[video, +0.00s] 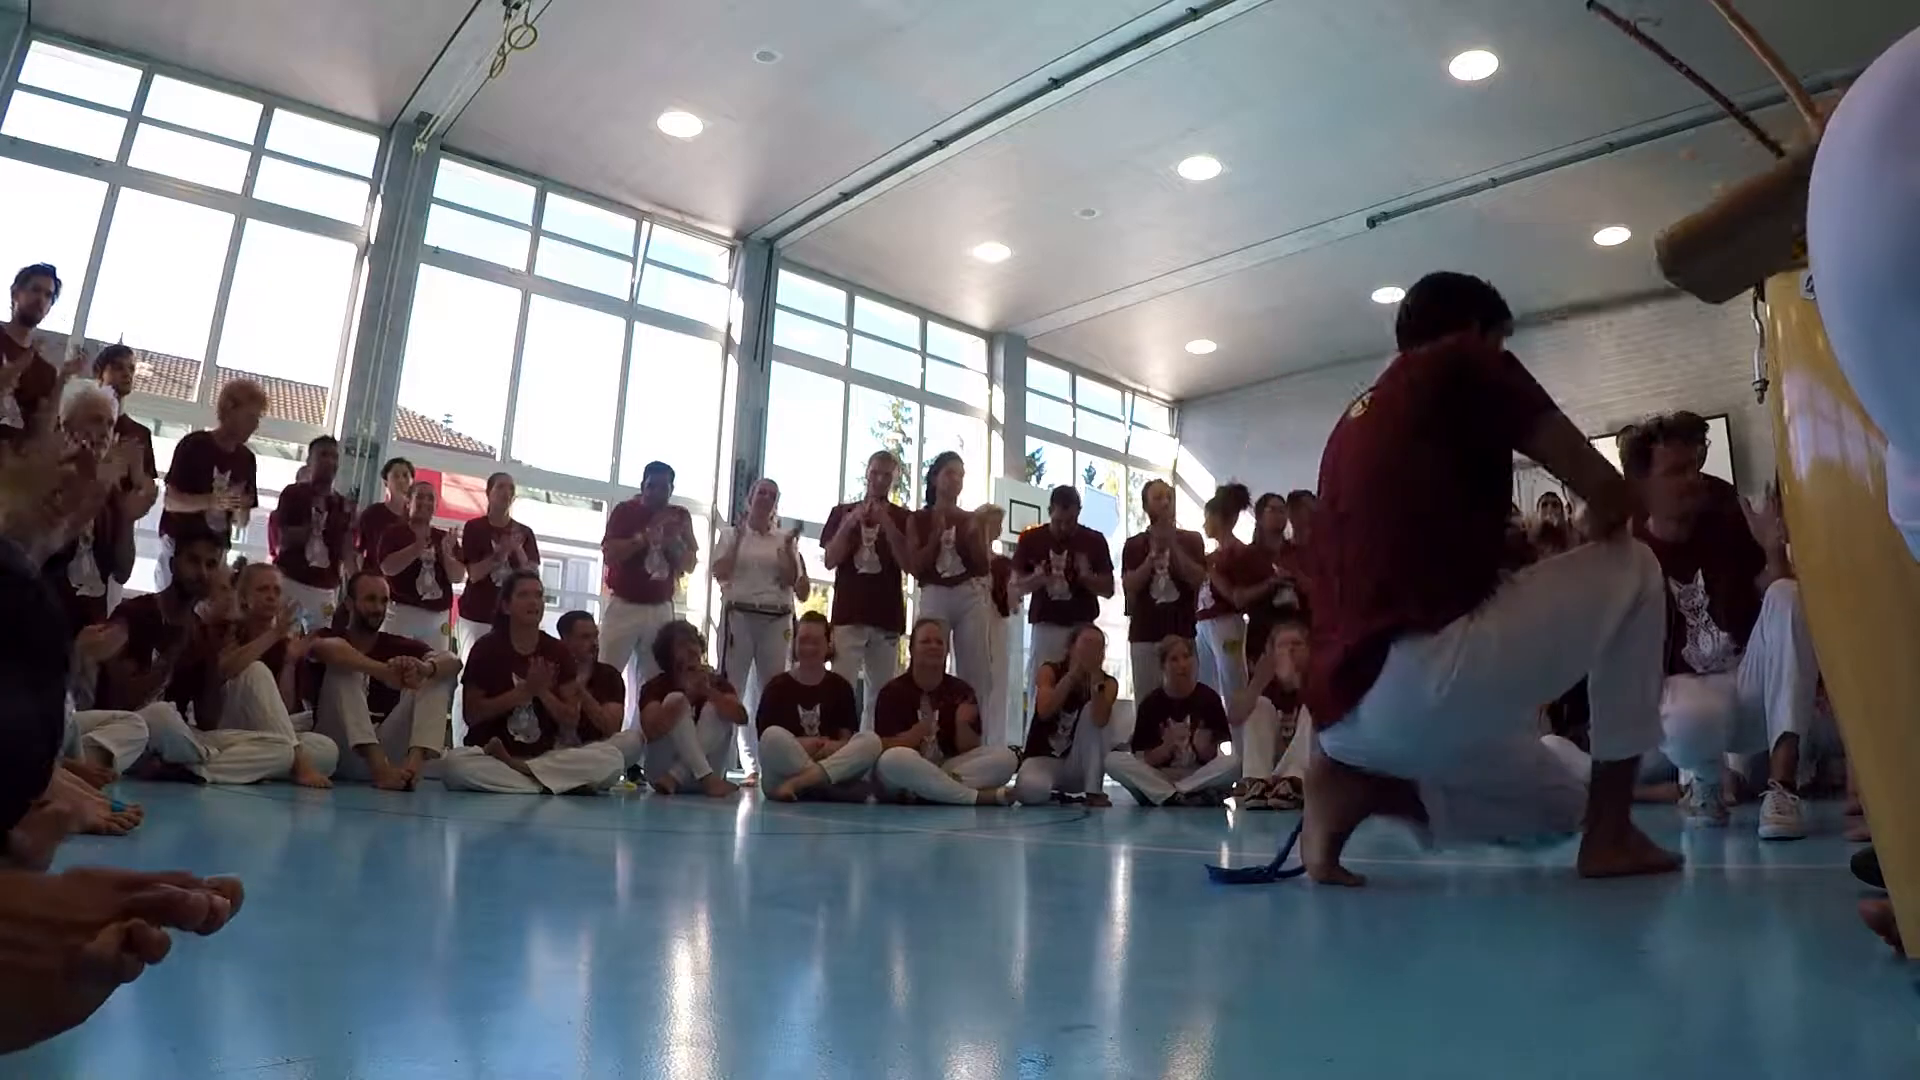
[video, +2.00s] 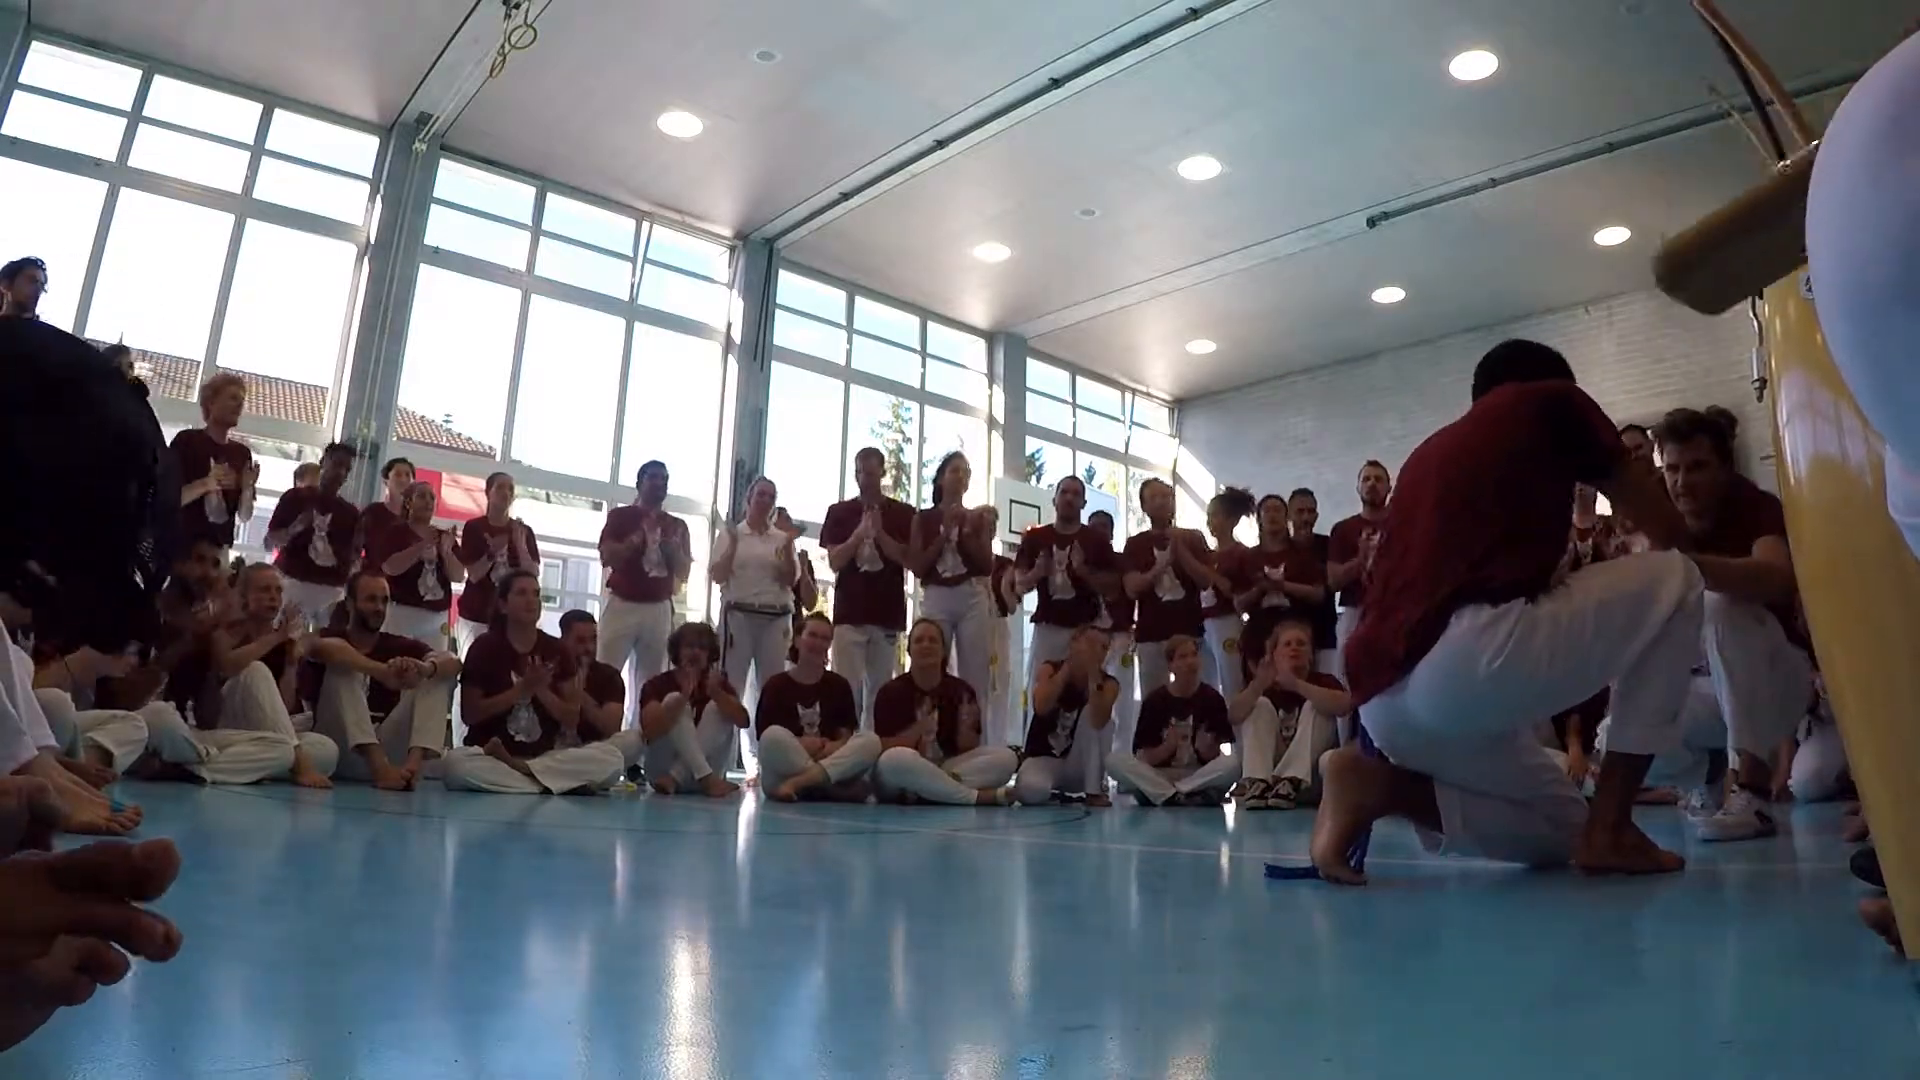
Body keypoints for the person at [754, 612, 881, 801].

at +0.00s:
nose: (809, 645)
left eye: (816, 640)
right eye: (803, 639)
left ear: (828, 645)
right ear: (795, 643)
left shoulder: (840, 686)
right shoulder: (777, 685)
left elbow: (846, 739)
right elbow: (766, 738)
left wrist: (832, 748)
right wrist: (809, 744)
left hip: (831, 769)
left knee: (871, 741)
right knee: (772, 736)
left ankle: (796, 785)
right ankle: (833, 788)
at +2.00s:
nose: (818, 643)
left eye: (825, 639)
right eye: (813, 636)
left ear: (830, 645)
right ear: (797, 639)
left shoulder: (839, 685)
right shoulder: (776, 684)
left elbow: (846, 737)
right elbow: (764, 737)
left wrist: (832, 747)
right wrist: (800, 744)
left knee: (871, 741)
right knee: (773, 736)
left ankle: (797, 784)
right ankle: (835, 789)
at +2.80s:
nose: (816, 644)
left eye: (823, 640)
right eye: (810, 636)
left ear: (827, 647)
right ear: (795, 639)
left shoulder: (833, 682)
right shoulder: (775, 679)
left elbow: (838, 729)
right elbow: (775, 726)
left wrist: (826, 690)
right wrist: (817, 693)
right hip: (784, 776)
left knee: (859, 722)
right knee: (784, 711)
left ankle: (795, 783)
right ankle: (836, 786)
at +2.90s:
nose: (816, 643)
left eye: (823, 639)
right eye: (810, 635)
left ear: (827, 647)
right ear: (795, 640)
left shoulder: (834, 682)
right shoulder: (776, 679)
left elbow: (840, 731)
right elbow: (775, 727)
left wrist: (826, 693)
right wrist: (815, 696)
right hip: (785, 776)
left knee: (858, 721)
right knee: (783, 708)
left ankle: (797, 784)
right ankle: (833, 782)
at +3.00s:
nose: (817, 644)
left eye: (824, 640)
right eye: (811, 636)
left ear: (828, 649)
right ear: (796, 640)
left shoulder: (835, 682)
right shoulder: (777, 679)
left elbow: (838, 730)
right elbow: (777, 731)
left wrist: (828, 688)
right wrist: (808, 694)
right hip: (785, 776)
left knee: (858, 721)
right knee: (780, 709)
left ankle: (796, 784)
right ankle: (833, 783)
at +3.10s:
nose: (818, 645)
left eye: (825, 642)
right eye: (812, 637)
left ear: (830, 650)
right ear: (798, 641)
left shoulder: (834, 683)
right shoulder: (776, 679)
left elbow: (835, 733)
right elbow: (771, 732)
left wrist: (839, 694)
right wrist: (797, 694)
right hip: (783, 776)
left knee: (858, 721)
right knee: (776, 713)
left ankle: (796, 784)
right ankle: (831, 784)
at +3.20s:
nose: (820, 643)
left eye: (827, 640)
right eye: (814, 636)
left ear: (832, 648)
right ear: (799, 639)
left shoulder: (839, 683)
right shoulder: (779, 679)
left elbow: (837, 736)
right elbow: (769, 737)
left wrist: (826, 695)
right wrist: (802, 718)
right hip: (784, 778)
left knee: (859, 722)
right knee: (773, 715)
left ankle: (796, 784)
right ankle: (831, 784)